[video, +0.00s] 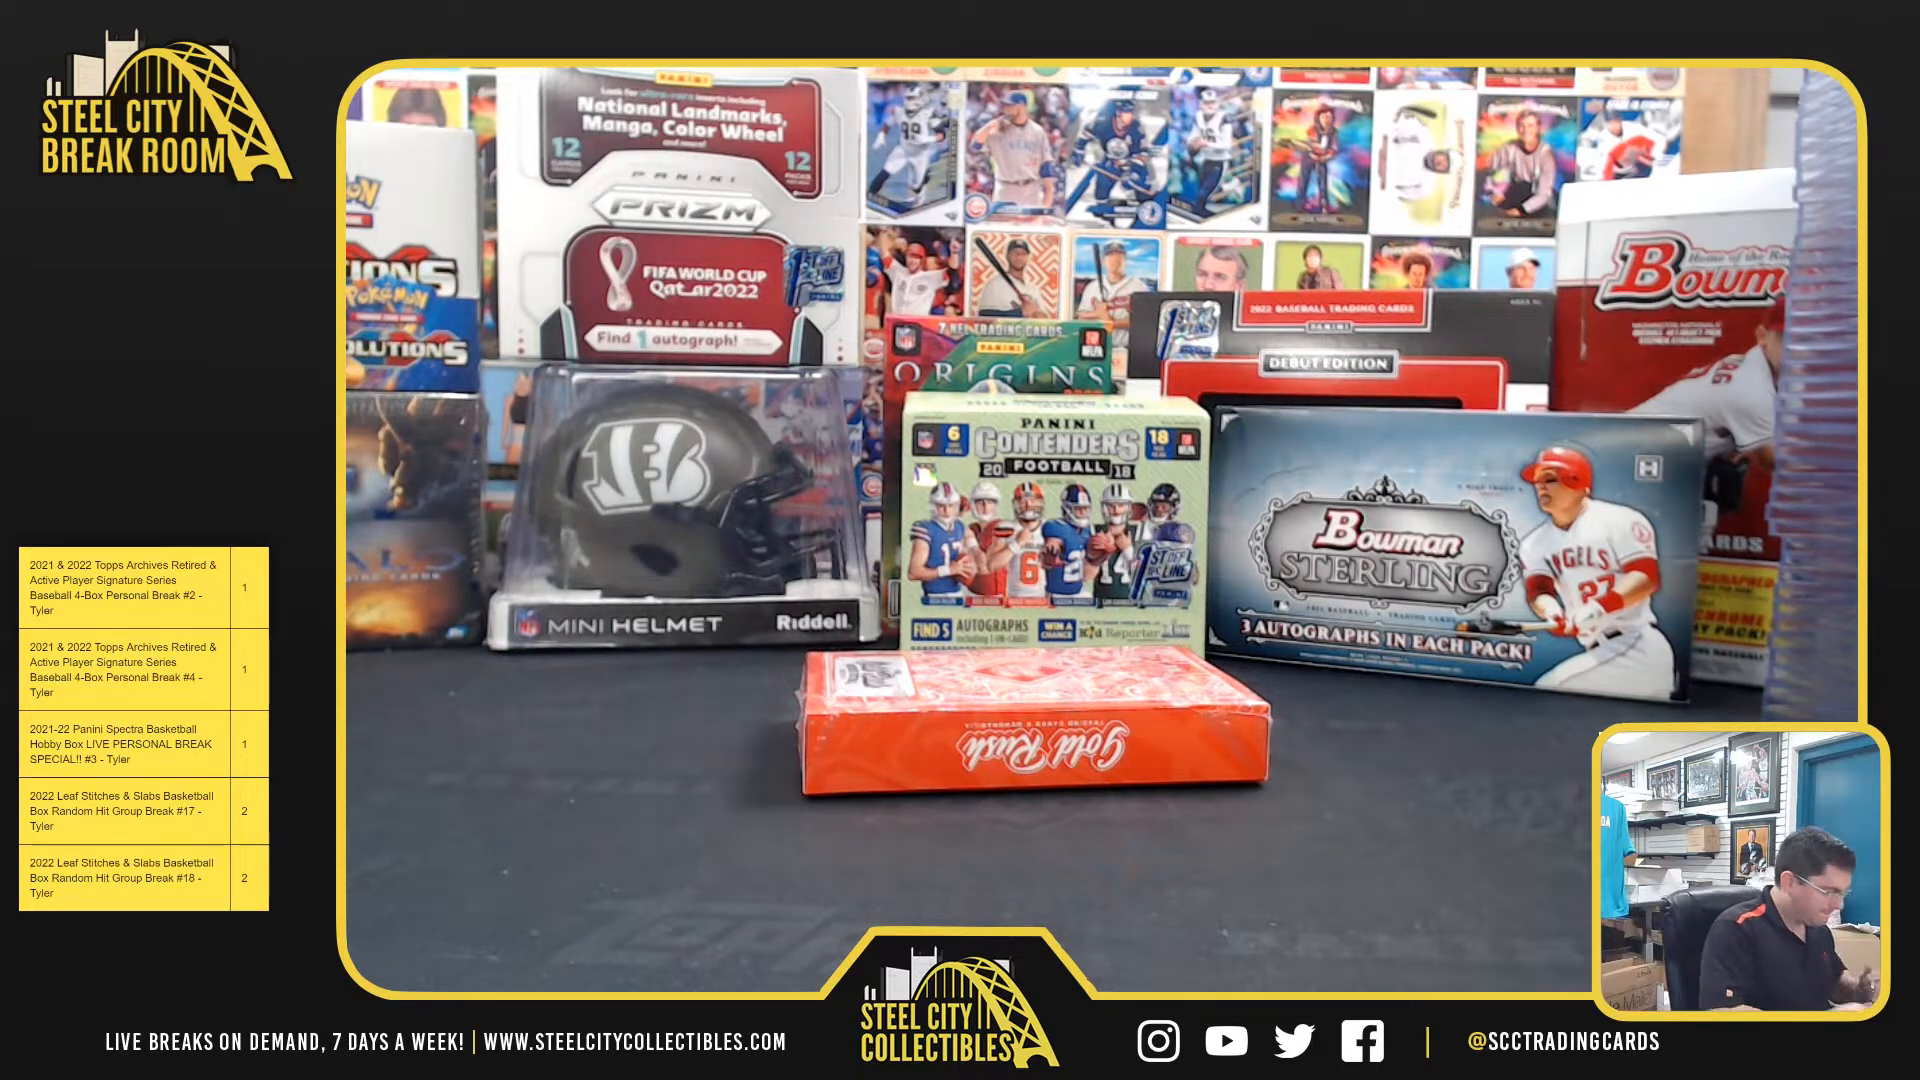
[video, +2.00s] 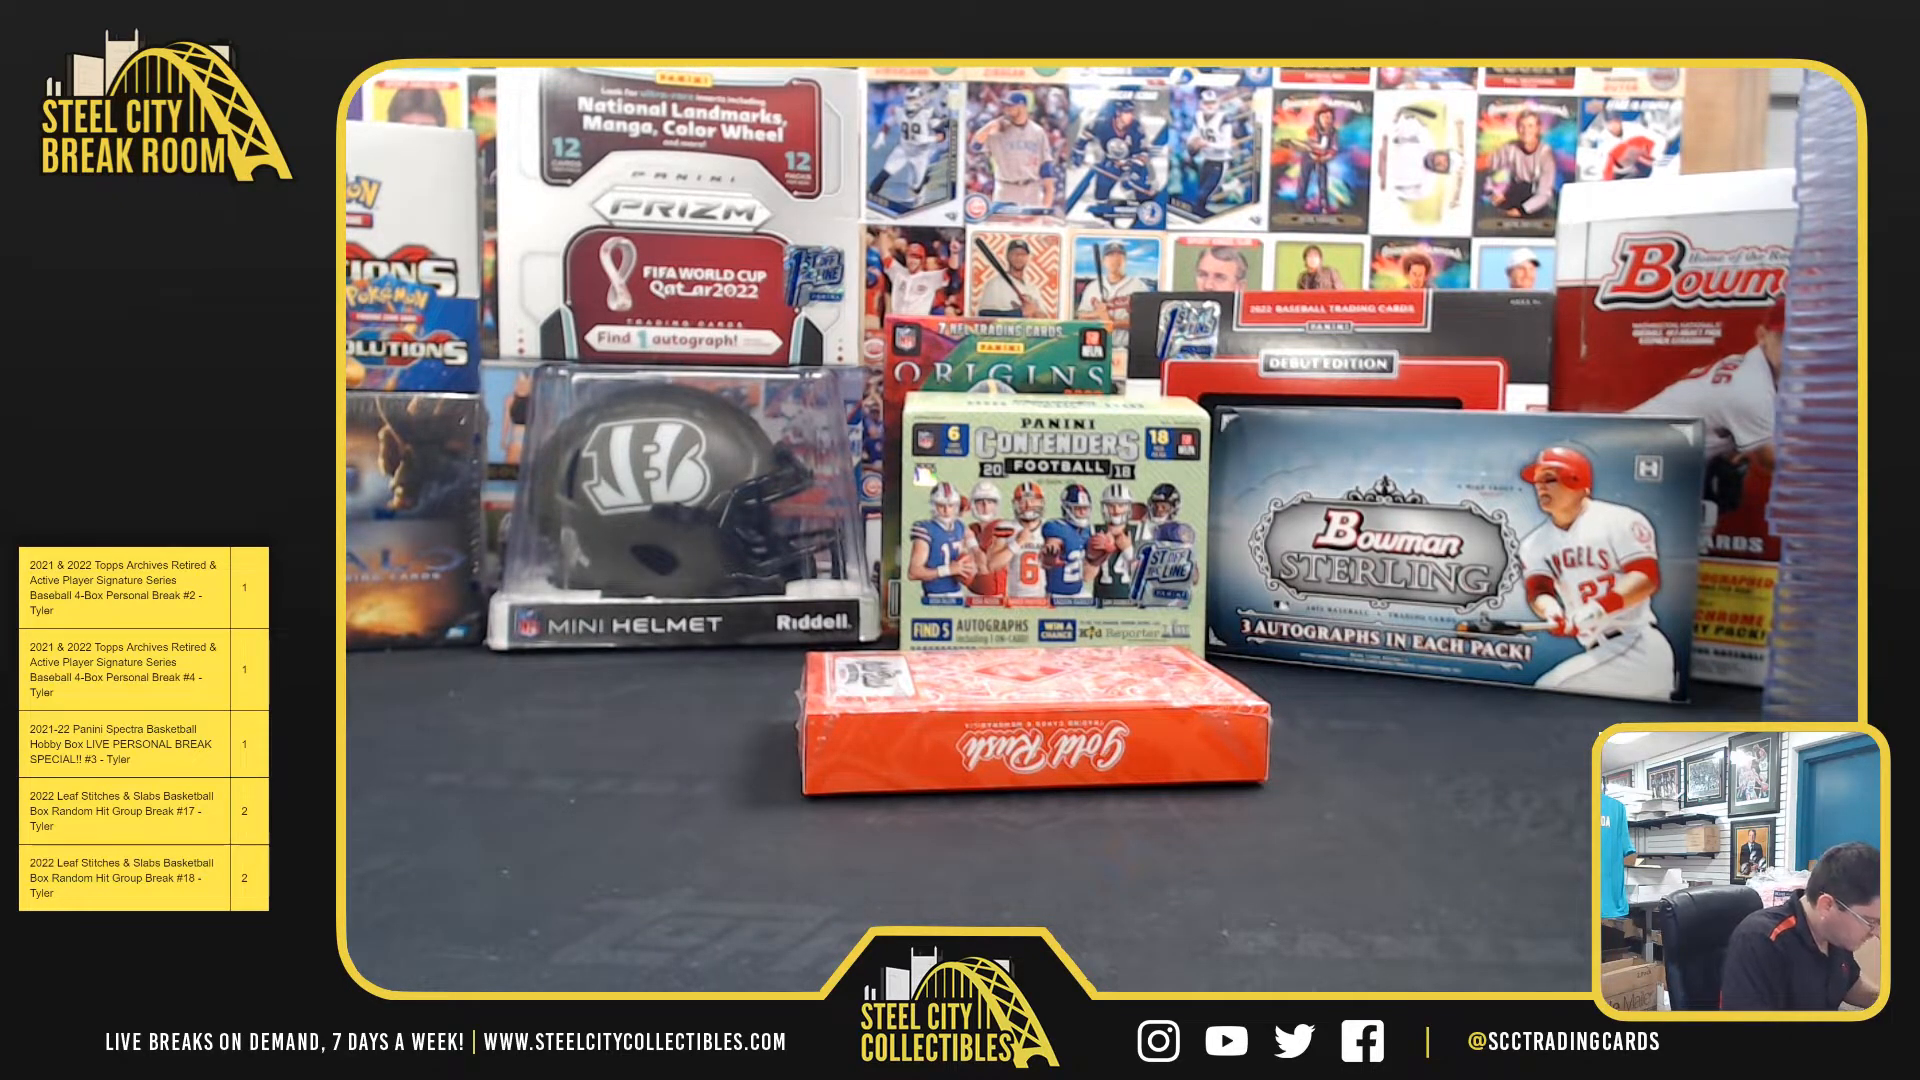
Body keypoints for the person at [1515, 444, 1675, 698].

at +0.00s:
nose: (1540, 489)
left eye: (1550, 480)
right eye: (1537, 483)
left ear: (1579, 485)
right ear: (1533, 487)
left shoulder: (1624, 521)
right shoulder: (1534, 545)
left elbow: (1646, 577)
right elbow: (1538, 591)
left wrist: (1600, 607)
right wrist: (1554, 614)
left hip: (1638, 648)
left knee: (1546, 692)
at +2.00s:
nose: (1540, 489)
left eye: (1549, 480)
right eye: (1537, 483)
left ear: (1578, 484)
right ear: (1533, 487)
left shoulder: (1624, 521)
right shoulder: (1534, 545)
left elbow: (1646, 577)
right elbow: (1538, 591)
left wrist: (1599, 608)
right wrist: (1553, 613)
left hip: (1638, 647)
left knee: (1547, 692)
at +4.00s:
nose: (1540, 490)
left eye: (1550, 481)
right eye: (1537, 484)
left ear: (1578, 484)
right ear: (1533, 488)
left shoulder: (1624, 521)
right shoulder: (1534, 545)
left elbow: (1646, 577)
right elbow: (1539, 591)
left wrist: (1599, 608)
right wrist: (1554, 614)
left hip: (1638, 648)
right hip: (1599, 652)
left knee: (1546, 692)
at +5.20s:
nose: (1540, 489)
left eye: (1550, 480)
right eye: (1537, 482)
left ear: (1579, 485)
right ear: (1533, 487)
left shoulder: (1624, 521)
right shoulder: (1534, 545)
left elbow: (1646, 577)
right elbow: (1538, 591)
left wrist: (1599, 607)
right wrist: (1553, 614)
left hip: (1638, 649)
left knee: (1545, 693)